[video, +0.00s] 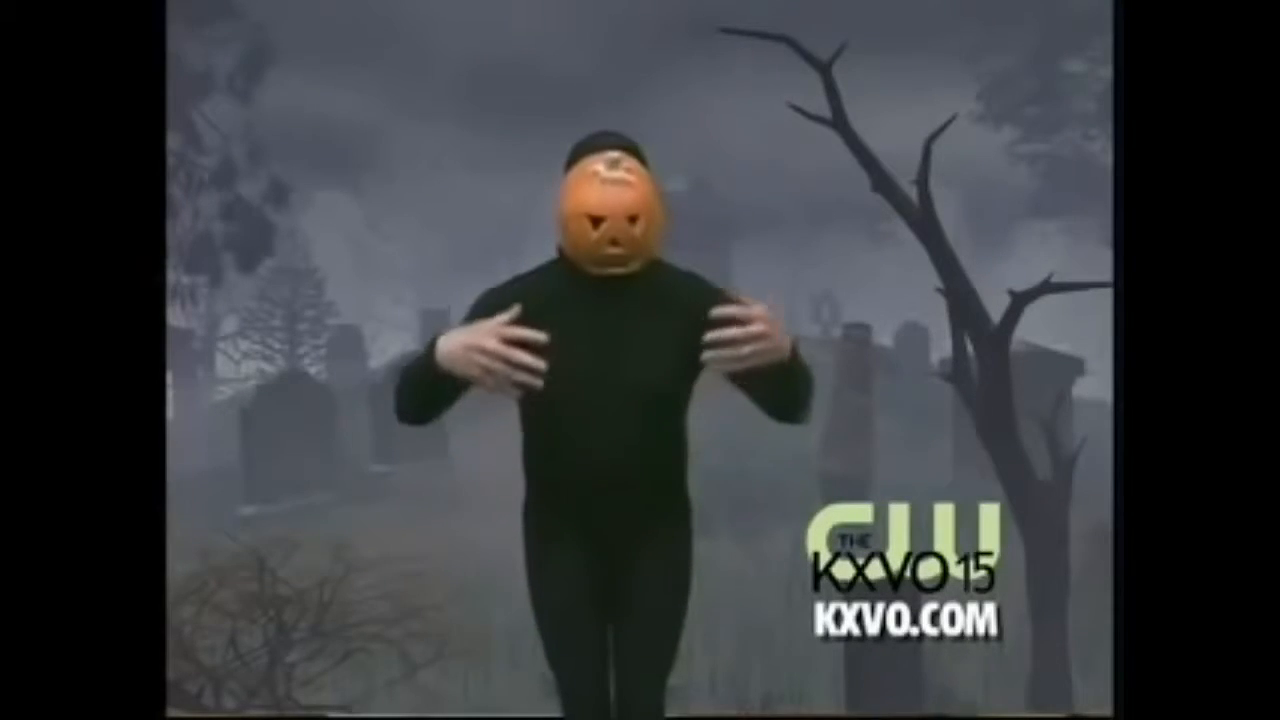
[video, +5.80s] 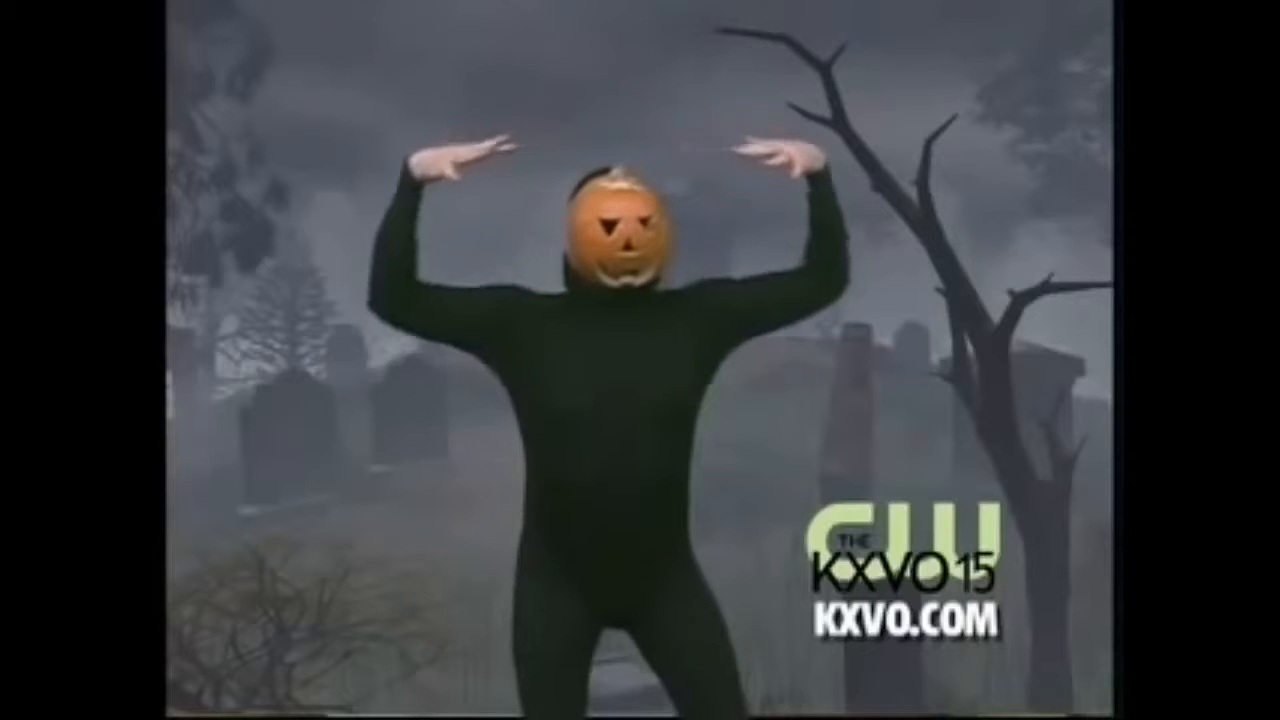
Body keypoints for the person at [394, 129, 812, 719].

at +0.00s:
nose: (614, 213)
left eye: (630, 187)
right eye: (591, 187)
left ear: (656, 206)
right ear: (562, 207)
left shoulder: (689, 302)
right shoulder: (521, 303)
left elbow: (791, 405)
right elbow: (413, 406)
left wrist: (783, 356)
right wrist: (442, 356)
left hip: (656, 533)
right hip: (560, 535)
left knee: (642, 700)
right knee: (582, 700)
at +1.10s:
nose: (617, 205)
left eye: (634, 192)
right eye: (596, 191)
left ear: (656, 208)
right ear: (558, 209)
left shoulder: (697, 297)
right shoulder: (505, 302)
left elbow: (823, 327)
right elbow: (378, 341)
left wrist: (847, 252)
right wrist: (364, 267)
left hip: (659, 545)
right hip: (555, 549)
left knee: (684, 707)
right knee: (572, 709)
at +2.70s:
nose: (619, 184)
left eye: (635, 174)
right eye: (597, 172)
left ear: (660, 201)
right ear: (561, 204)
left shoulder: (701, 279)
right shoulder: (508, 280)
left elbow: (818, 241)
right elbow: (383, 244)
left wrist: (869, 154)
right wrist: (329, 149)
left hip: (666, 557)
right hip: (556, 562)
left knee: (723, 710)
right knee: (554, 712)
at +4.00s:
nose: (618, 189)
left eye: (634, 179)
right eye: (598, 178)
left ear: (660, 200)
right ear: (563, 202)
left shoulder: (690, 267)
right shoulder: (517, 267)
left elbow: (781, 172)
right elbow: (413, 171)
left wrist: (827, 54)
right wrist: (363, 40)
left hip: (666, 560)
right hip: (554, 565)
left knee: (727, 710)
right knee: (545, 711)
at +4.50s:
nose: (623, 200)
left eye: (639, 190)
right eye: (602, 189)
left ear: (665, 211)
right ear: (568, 214)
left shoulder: (688, 278)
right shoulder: (527, 278)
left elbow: (769, 169)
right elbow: (451, 173)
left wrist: (743, 39)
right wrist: (476, 32)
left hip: (666, 562)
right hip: (555, 565)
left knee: (728, 711)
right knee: (546, 711)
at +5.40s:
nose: (628, 229)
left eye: (644, 219)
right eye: (607, 218)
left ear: (668, 240)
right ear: (573, 240)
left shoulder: (698, 309)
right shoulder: (524, 312)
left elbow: (811, 240)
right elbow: (414, 254)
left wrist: (765, 147)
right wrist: (471, 148)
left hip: (665, 572)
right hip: (557, 576)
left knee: (722, 709)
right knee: (550, 711)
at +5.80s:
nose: (627, 236)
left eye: (642, 223)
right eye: (606, 223)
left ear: (667, 240)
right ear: (571, 242)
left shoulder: (700, 317)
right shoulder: (518, 322)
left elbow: (823, 280)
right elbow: (393, 296)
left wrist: (818, 177)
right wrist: (411, 182)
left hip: (665, 577)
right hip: (556, 583)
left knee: (722, 710)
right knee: (551, 714)